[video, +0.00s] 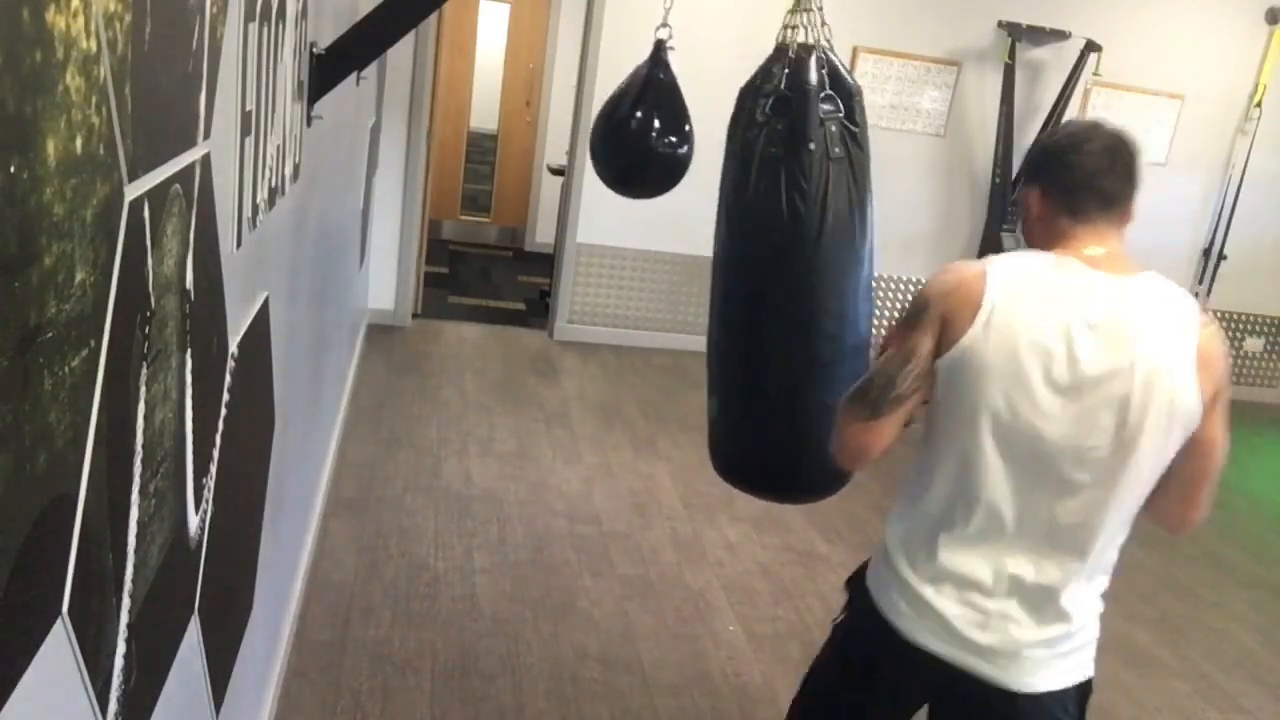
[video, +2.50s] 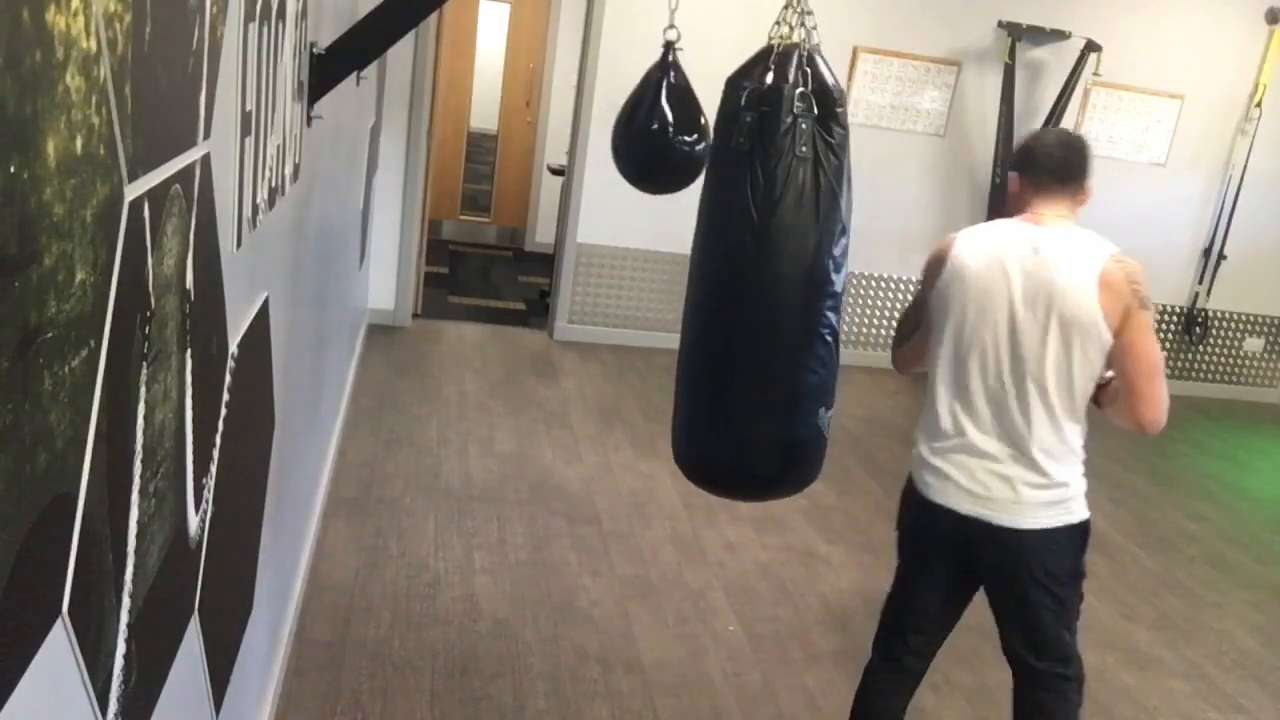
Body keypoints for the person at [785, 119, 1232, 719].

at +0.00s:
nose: (1021, 217)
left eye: (1021, 202)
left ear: (1033, 203)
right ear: (1129, 212)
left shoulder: (966, 289)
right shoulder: (1197, 339)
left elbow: (854, 445)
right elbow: (1182, 510)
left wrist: (900, 375)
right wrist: (1108, 442)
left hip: (902, 630)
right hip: (1042, 673)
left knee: (825, 711)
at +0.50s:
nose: (867, 187)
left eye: (869, 173)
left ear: (875, 178)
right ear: (961, 182)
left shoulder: (819, 250)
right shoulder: (1013, 284)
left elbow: (754, 382)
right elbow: (1004, 420)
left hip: (797, 560)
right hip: (913, 585)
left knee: (752, 707)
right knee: (897, 712)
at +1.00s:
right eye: (862, 170)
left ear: (782, 171)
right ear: (861, 178)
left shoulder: (729, 226)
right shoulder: (885, 265)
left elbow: (663, 280)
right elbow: (933, 415)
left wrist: (706, 222)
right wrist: (878, 397)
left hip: (706, 526)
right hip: (811, 548)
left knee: (646, 694)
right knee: (828, 708)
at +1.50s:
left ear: (788, 190)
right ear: (867, 197)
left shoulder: (738, 254)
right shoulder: (912, 282)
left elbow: (671, 386)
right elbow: (940, 427)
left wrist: (747, 345)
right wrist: (864, 398)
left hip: (720, 545)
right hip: (832, 572)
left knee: (649, 699)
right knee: (821, 712)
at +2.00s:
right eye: (1041, 217)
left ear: (950, 212)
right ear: (1037, 224)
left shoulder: (870, 289)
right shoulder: (1061, 335)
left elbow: (794, 414)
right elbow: (1060, 489)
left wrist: (873, 378)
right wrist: (1006, 429)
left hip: (837, 564)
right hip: (936, 601)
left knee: (830, 705)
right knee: (912, 707)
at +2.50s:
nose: (1006, 188)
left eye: (1007, 181)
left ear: (1014, 184)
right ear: (1085, 192)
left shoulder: (958, 251)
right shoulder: (1116, 276)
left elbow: (907, 356)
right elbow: (1147, 413)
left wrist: (978, 347)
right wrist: (1085, 383)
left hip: (937, 509)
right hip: (1039, 530)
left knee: (896, 660)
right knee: (1049, 681)